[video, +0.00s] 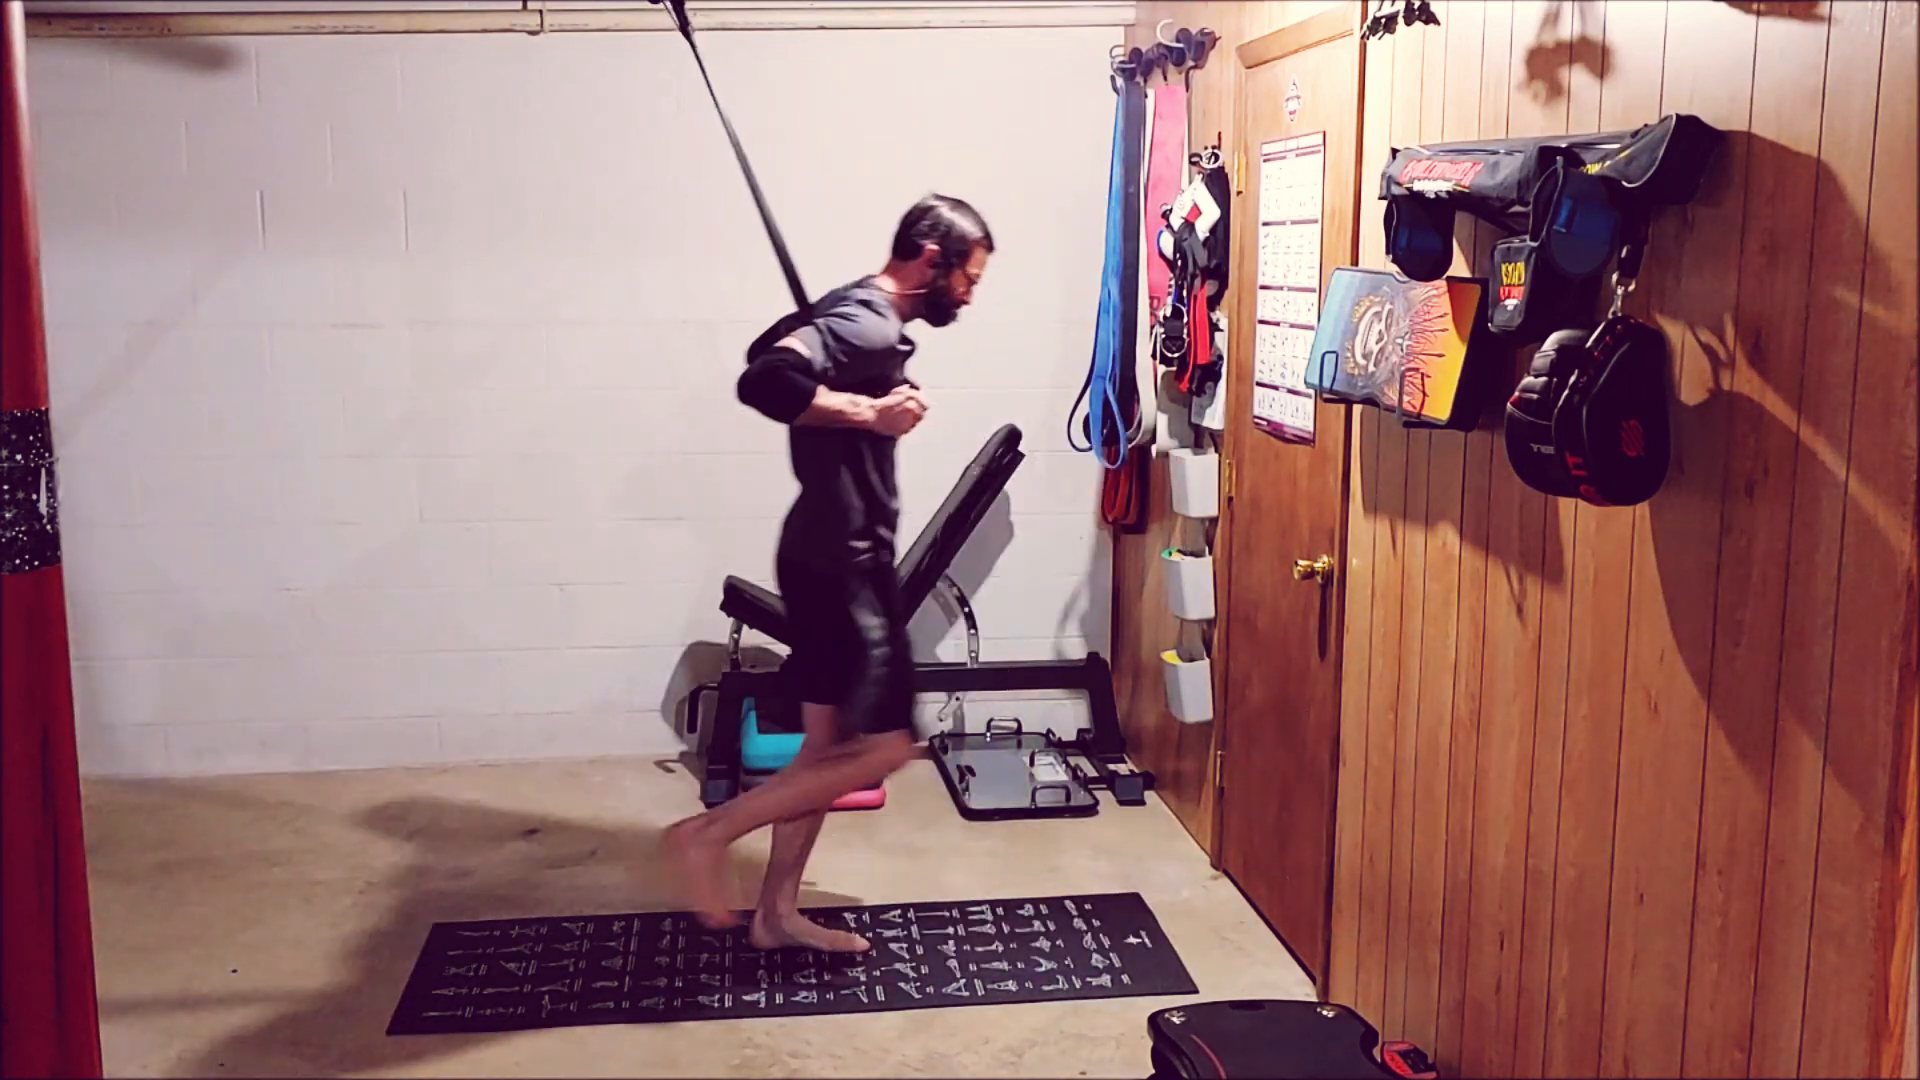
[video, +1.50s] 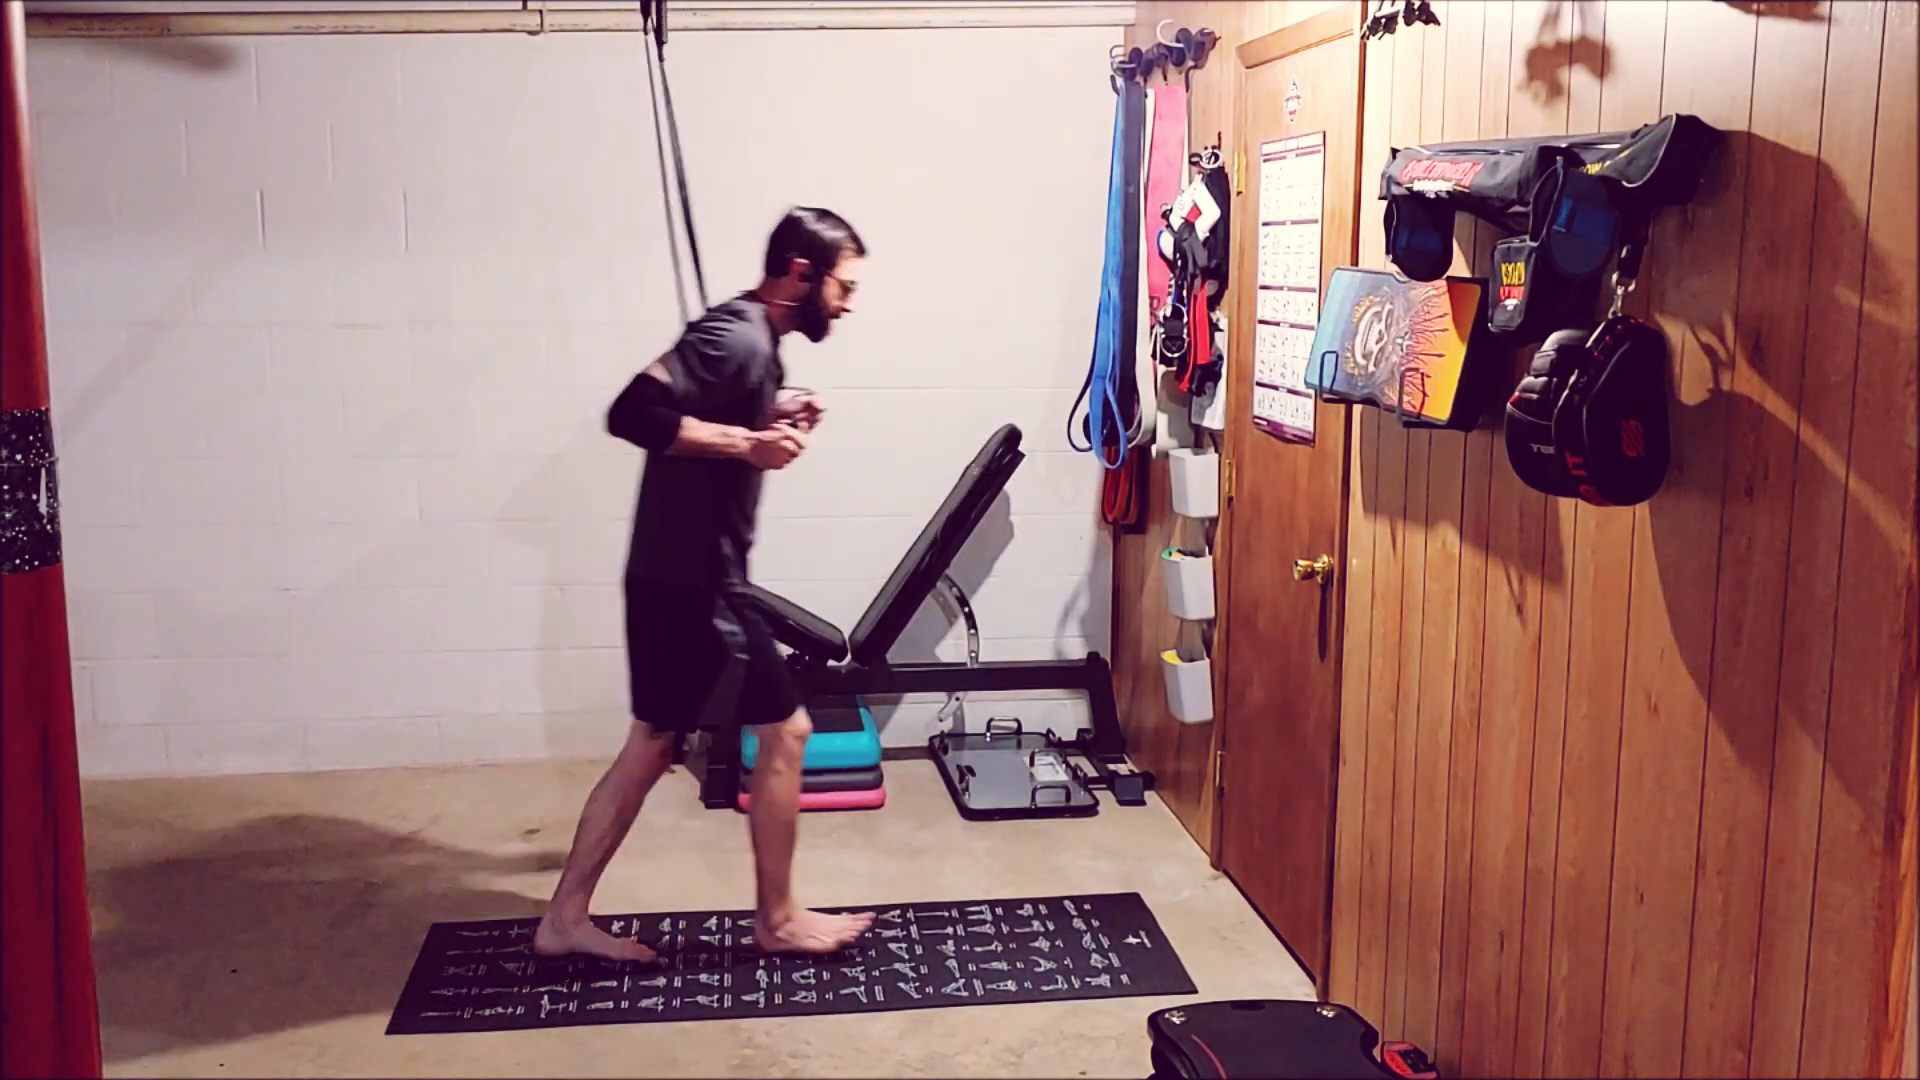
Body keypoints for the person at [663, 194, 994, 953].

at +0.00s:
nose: (970, 294)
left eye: (976, 279)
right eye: (968, 277)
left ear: (921, 256)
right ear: (929, 257)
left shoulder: (868, 308)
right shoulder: (865, 317)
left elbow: (770, 354)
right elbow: (765, 379)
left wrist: (875, 394)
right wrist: (869, 411)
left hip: (836, 547)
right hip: (837, 552)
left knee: (827, 742)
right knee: (887, 744)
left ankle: (777, 912)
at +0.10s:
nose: (941, 288)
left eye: (946, 273)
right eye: (937, 272)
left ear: (888, 259)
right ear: (894, 258)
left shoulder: (839, 313)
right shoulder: (832, 315)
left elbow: (738, 366)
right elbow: (738, 381)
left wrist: (840, 418)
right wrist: (841, 425)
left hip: (817, 556)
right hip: (795, 558)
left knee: (806, 740)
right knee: (795, 750)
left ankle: (775, 913)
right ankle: (628, 879)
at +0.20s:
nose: (905, 289)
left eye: (909, 275)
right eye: (900, 273)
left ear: (854, 261)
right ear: (857, 260)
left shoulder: (807, 323)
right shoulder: (791, 319)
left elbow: (712, 390)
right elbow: (701, 390)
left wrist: (815, 430)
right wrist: (808, 437)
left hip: (784, 561)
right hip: (748, 562)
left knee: (796, 736)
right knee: (717, 752)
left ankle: (774, 911)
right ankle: (587, 914)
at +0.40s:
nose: (825, 296)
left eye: (828, 281)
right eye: (821, 279)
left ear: (777, 266)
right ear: (775, 263)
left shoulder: (735, 337)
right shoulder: (707, 327)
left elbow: (672, 425)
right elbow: (615, 419)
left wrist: (742, 424)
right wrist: (729, 447)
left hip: (711, 582)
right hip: (661, 581)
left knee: (760, 731)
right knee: (627, 756)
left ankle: (763, 912)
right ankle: (568, 937)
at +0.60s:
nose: (767, 293)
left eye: (771, 278)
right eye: (762, 276)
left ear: (716, 264)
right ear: (715, 261)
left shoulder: (679, 335)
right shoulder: (645, 327)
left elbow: (616, 427)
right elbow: (550, 418)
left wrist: (687, 428)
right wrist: (668, 445)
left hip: (663, 580)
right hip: (608, 581)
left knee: (719, 728)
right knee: (595, 758)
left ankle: (670, 910)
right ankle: (564, 941)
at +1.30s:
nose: (777, 290)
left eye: (780, 275)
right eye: (772, 273)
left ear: (721, 262)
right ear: (724, 260)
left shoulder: (681, 332)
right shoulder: (659, 328)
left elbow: (622, 421)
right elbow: (561, 414)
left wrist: (698, 421)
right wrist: (674, 443)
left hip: (623, 575)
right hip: (635, 579)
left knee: (617, 748)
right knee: (717, 736)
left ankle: (560, 925)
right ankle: (657, 923)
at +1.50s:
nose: (848, 303)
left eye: (853, 288)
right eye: (844, 286)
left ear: (795, 275)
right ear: (797, 273)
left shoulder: (753, 337)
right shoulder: (733, 336)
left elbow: (700, 425)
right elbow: (631, 414)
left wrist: (771, 413)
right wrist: (747, 442)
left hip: (686, 578)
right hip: (696, 583)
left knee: (651, 744)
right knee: (783, 730)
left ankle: (565, 918)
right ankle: (780, 918)